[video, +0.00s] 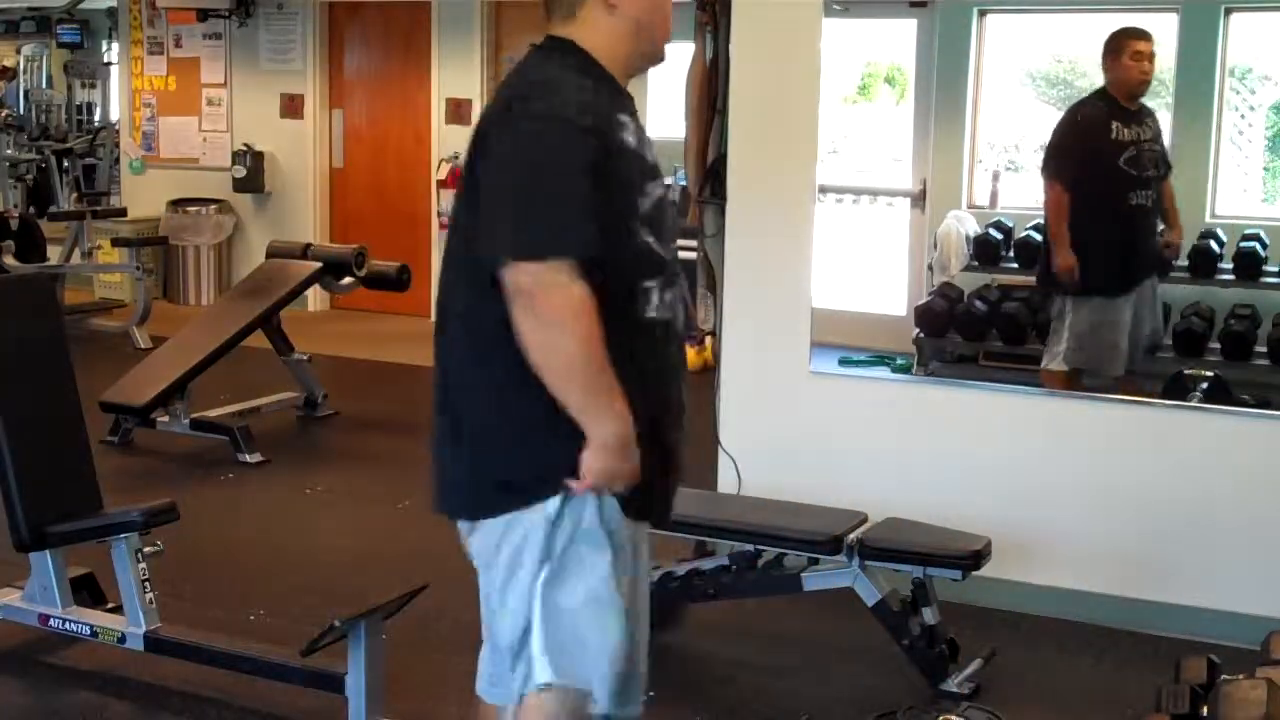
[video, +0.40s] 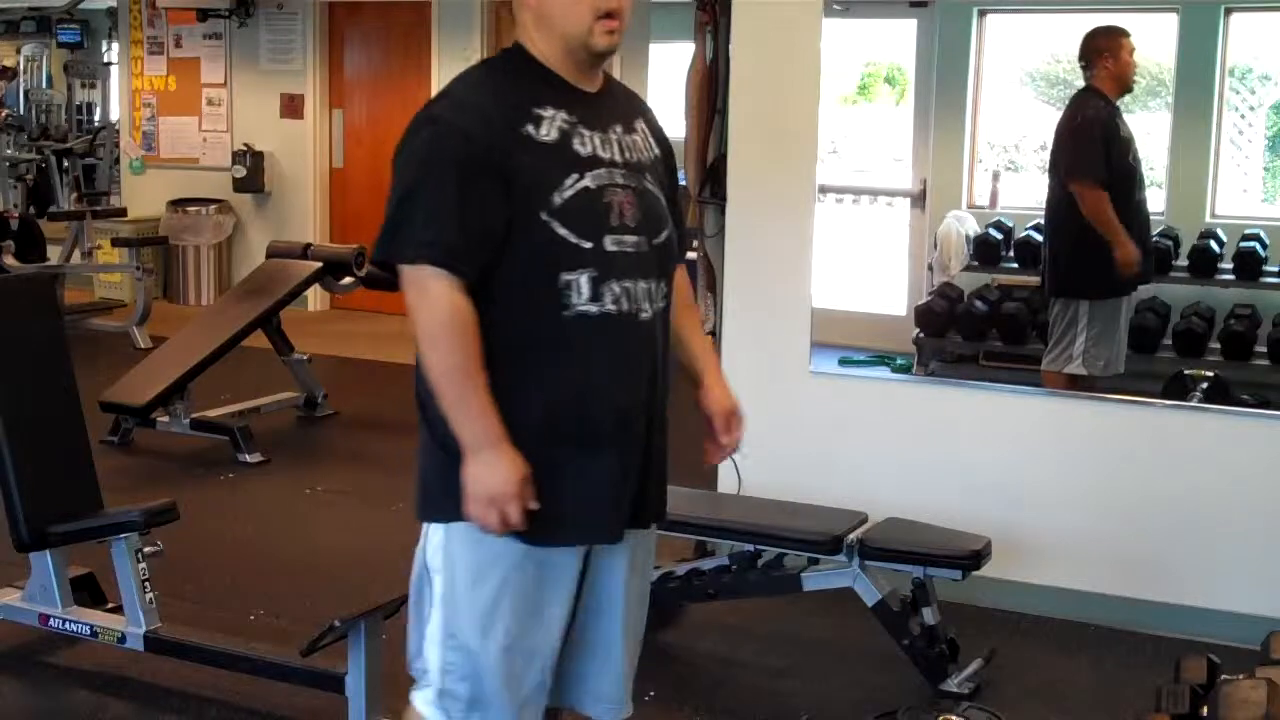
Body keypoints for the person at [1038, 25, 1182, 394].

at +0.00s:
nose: (1147, 66)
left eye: (1151, 59)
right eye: (1137, 57)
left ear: (1155, 65)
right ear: (1110, 62)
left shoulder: (1147, 118)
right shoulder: (1083, 116)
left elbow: (1161, 178)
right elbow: (1055, 183)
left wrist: (1173, 226)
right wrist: (1061, 248)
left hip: (1138, 260)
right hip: (1088, 260)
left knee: (1133, 367)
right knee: (1063, 364)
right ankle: (1052, 444)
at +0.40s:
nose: (1136, 63)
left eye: (1133, 54)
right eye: (1130, 54)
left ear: (1105, 63)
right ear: (1106, 62)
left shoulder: (1101, 110)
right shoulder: (1089, 111)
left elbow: (1093, 185)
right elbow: (1084, 184)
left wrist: (1125, 239)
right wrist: (1120, 241)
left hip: (1101, 265)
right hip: (1084, 265)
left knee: (1084, 371)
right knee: (1065, 372)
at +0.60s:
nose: (1132, 63)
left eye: (1129, 54)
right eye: (1125, 54)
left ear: (1101, 62)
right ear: (1102, 61)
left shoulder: (1101, 109)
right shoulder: (1087, 109)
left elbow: (1100, 179)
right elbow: (1086, 181)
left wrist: (1145, 201)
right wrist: (1149, 201)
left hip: (1103, 266)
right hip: (1087, 267)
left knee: (1086, 369)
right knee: (1066, 368)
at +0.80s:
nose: (1133, 63)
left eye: (1130, 55)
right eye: (1126, 55)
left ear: (1101, 65)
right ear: (1102, 64)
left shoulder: (1097, 111)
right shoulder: (1089, 113)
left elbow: (1100, 175)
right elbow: (1101, 177)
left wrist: (1128, 138)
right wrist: (1137, 142)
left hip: (1101, 266)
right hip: (1088, 268)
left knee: (1082, 366)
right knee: (1074, 367)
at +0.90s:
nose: (1134, 64)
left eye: (1131, 55)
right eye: (1127, 56)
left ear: (1102, 65)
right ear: (1104, 64)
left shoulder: (1106, 113)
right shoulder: (1087, 111)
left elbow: (1120, 191)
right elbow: (1114, 168)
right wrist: (1135, 130)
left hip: (1105, 258)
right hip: (1083, 261)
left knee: (1097, 360)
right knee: (1076, 359)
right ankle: (1060, 440)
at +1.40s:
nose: (1139, 64)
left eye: (1137, 56)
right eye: (1133, 56)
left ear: (1107, 66)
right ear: (1111, 64)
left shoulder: (1091, 107)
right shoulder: (1101, 107)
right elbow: (1103, 151)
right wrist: (1146, 176)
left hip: (1078, 253)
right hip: (1094, 255)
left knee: (1068, 355)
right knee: (1088, 359)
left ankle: (1061, 434)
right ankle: (1075, 441)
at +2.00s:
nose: (1162, 64)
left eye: (1159, 56)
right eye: (1155, 56)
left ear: (1129, 66)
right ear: (1133, 65)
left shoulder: (1120, 109)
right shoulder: (1125, 113)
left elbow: (1116, 183)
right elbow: (1120, 184)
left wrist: (1162, 231)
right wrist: (1166, 233)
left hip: (1113, 263)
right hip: (1125, 267)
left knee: (1100, 363)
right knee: (1118, 371)